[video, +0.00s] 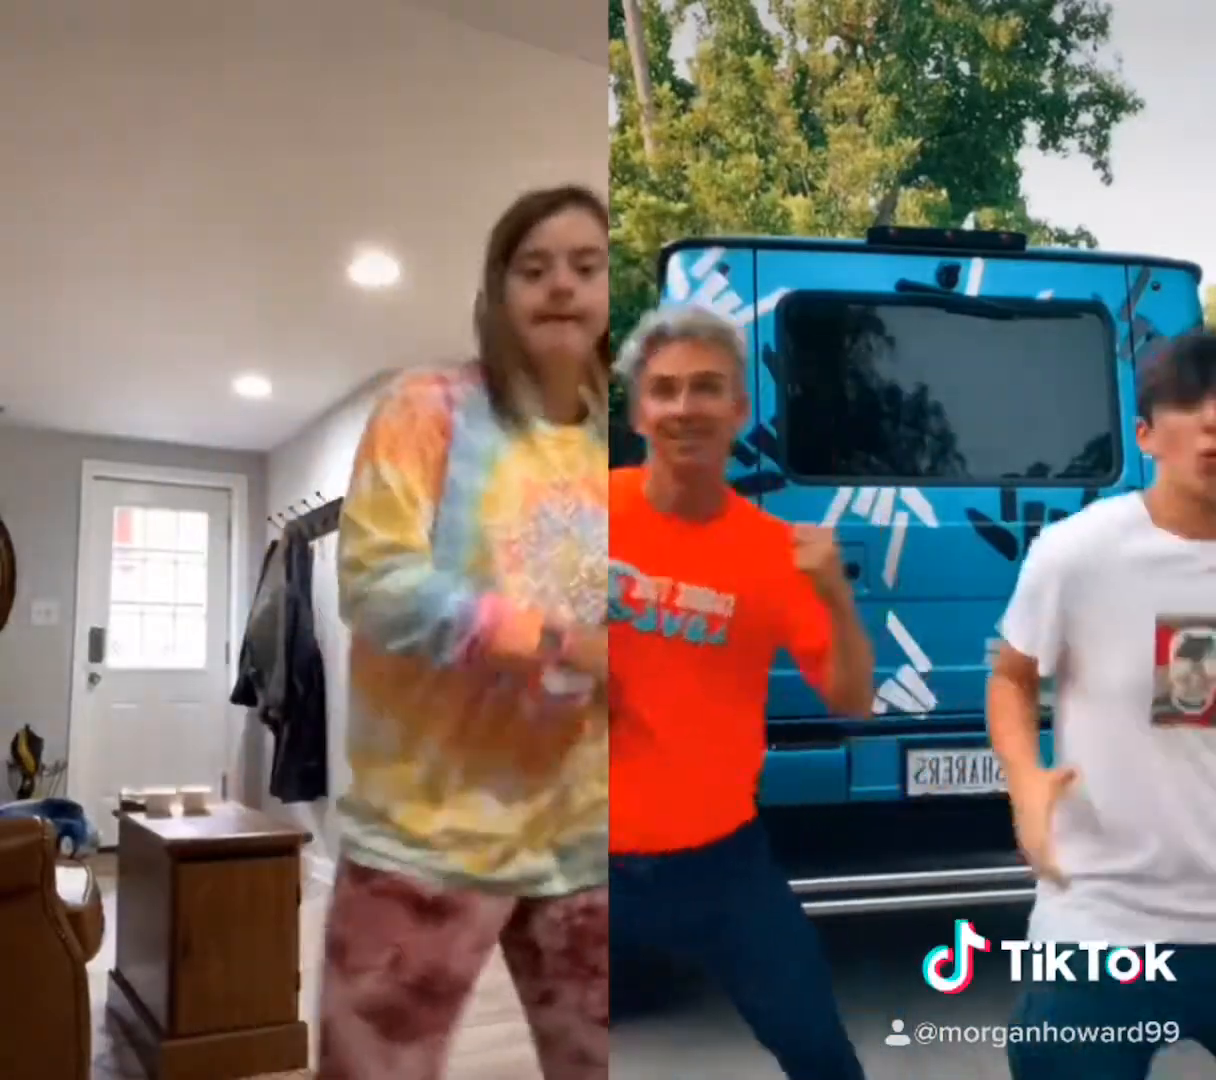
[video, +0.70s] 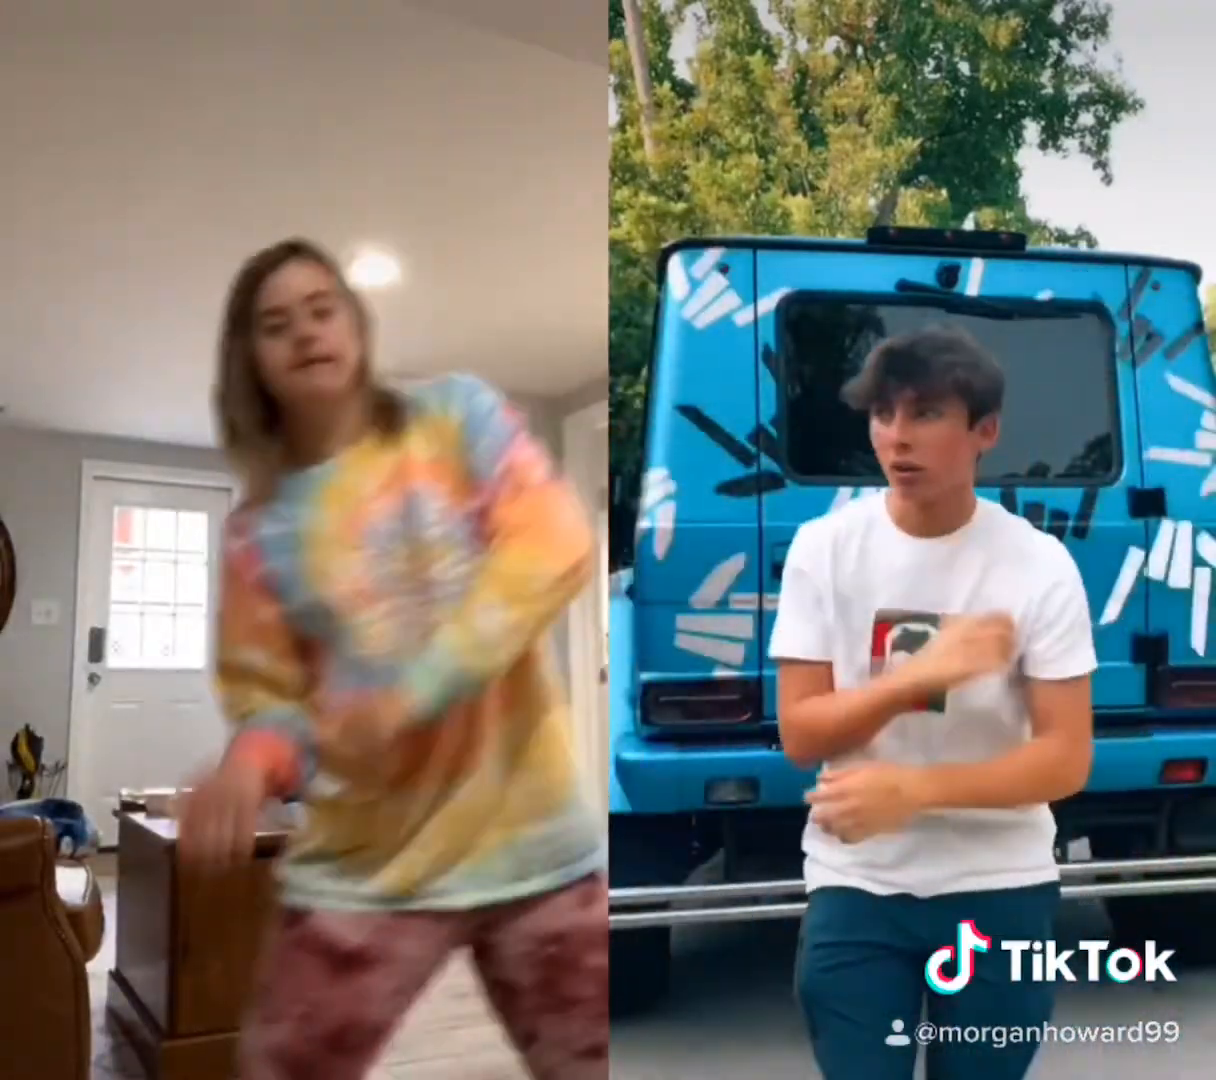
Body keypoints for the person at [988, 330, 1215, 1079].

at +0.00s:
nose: (1212, 424)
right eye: (1191, 407)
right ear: (1146, 433)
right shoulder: (1076, 552)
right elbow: (1011, 678)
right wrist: (1024, 780)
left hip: (1212, 918)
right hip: (1103, 919)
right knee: (1054, 1060)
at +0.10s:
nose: (1141, 374)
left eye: (1164, 355)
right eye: (1117, 355)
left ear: (1198, 379)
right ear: (1078, 381)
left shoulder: (1211, 507)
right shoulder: (1015, 511)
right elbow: (961, 635)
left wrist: (1203, 571)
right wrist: (925, 765)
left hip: (1192, 872)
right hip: (1039, 873)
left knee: (1205, 1060)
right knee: (1000, 1066)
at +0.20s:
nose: (1070, 381)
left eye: (1094, 359)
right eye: (1047, 359)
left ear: (1127, 385)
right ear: (1006, 384)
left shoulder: (1191, 531)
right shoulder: (948, 527)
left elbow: (1214, 711)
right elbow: (915, 684)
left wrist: (1161, 740)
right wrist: (919, 742)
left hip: (1164, 868)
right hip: (1005, 858)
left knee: (1160, 1066)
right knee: (981, 1063)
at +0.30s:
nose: (1006, 453)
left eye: (1029, 430)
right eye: (982, 430)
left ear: (1066, 459)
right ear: (947, 462)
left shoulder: (1132, 610)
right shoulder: (902, 600)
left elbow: (1205, 770)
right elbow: (857, 790)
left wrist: (1115, 888)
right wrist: (945, 676)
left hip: (1106, 909)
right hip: (957, 901)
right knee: (937, 1049)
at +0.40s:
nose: (971, 488)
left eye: (994, 465)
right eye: (948, 467)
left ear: (1029, 488)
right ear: (912, 494)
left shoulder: (1096, 633)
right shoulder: (862, 623)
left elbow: (1159, 826)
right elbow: (827, 805)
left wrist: (1016, 867)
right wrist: (929, 658)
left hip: (1064, 951)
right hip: (910, 946)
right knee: (870, 1052)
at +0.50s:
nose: (949, 464)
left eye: (973, 440)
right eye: (925, 443)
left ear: (1010, 460)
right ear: (890, 468)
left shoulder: (1071, 603)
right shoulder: (839, 584)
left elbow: (1099, 809)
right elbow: (813, 762)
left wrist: (933, 803)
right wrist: (922, 608)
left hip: (1035, 912)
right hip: (884, 910)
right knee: (859, 1047)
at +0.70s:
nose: (897, 437)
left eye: (924, 415)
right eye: (885, 414)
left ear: (983, 432)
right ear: (868, 425)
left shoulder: (1038, 566)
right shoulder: (826, 548)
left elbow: (1066, 760)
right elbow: (801, 738)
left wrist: (913, 790)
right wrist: (917, 675)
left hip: (999, 887)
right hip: (857, 883)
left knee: (980, 1068)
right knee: (860, 1065)